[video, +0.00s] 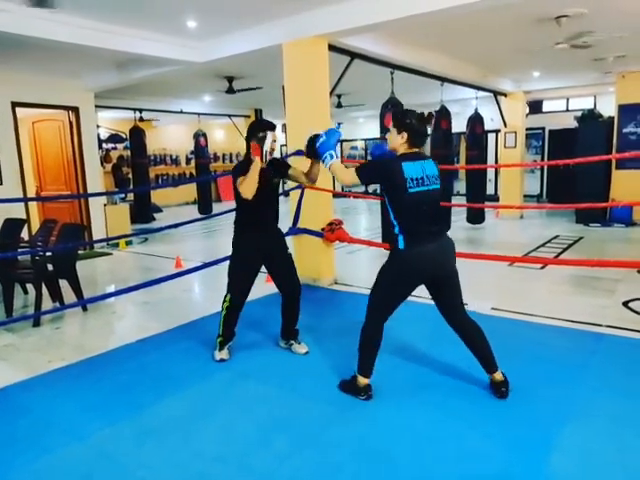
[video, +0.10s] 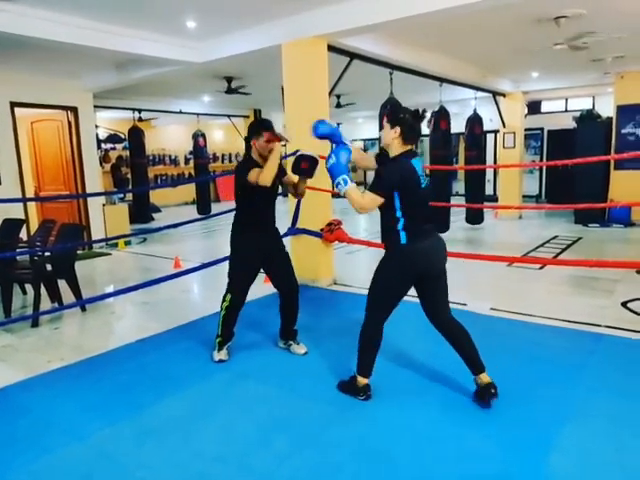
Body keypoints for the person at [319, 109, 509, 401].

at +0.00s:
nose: (387, 138)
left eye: (391, 133)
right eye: (388, 133)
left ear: (404, 137)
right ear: (416, 138)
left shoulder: (389, 165)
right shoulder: (431, 164)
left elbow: (346, 177)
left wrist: (329, 155)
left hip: (408, 258)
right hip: (442, 252)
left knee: (375, 315)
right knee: (457, 315)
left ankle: (362, 381)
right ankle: (497, 376)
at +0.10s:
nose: (381, 133)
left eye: (384, 128)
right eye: (383, 128)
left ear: (396, 133)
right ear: (403, 135)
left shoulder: (393, 168)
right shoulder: (410, 160)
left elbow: (364, 204)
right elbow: (363, 159)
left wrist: (341, 177)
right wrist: (338, 140)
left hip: (403, 254)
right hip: (431, 248)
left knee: (374, 316)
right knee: (441, 316)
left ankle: (361, 381)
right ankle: (483, 379)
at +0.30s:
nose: (383, 137)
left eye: (387, 132)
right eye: (385, 132)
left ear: (401, 135)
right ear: (406, 136)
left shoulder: (405, 173)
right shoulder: (403, 165)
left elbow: (383, 215)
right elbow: (363, 172)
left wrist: (361, 184)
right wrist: (338, 151)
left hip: (404, 258)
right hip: (429, 252)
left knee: (370, 315)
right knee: (435, 318)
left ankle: (359, 382)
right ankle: (476, 381)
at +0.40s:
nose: (389, 142)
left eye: (392, 136)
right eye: (389, 137)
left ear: (407, 138)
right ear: (413, 139)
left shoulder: (409, 175)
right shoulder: (428, 169)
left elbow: (387, 219)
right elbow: (399, 211)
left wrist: (370, 186)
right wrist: (380, 176)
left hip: (411, 263)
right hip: (438, 257)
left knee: (374, 317)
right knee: (438, 321)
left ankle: (359, 383)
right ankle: (474, 386)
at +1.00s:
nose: (378, 147)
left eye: (379, 143)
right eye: (380, 142)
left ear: (385, 145)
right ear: (407, 145)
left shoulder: (372, 176)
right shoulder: (422, 173)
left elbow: (358, 219)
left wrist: (369, 193)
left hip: (394, 270)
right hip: (432, 266)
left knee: (363, 327)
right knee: (441, 328)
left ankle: (360, 397)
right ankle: (475, 390)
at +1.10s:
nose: (365, 132)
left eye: (366, 128)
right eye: (370, 128)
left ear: (368, 130)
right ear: (396, 130)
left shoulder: (351, 164)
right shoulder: (409, 164)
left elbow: (337, 201)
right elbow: (407, 196)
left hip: (365, 260)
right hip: (406, 258)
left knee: (356, 329)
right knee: (426, 328)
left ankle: (358, 397)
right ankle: (456, 391)